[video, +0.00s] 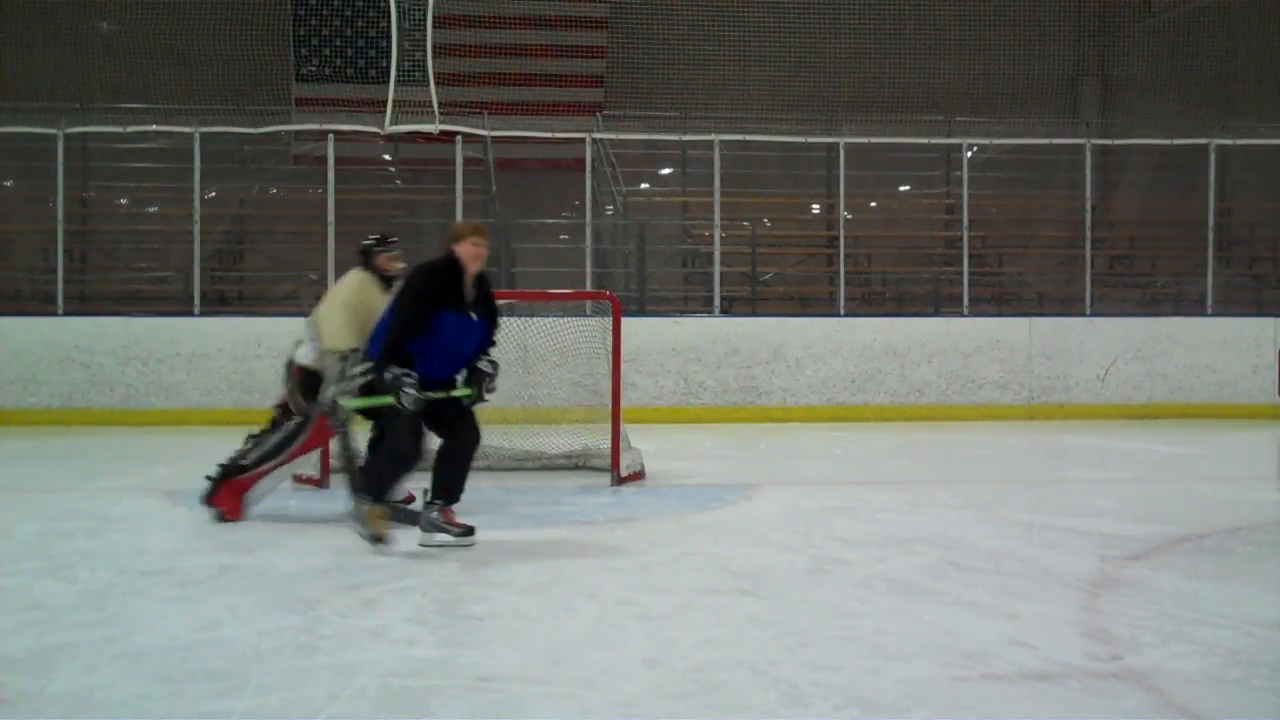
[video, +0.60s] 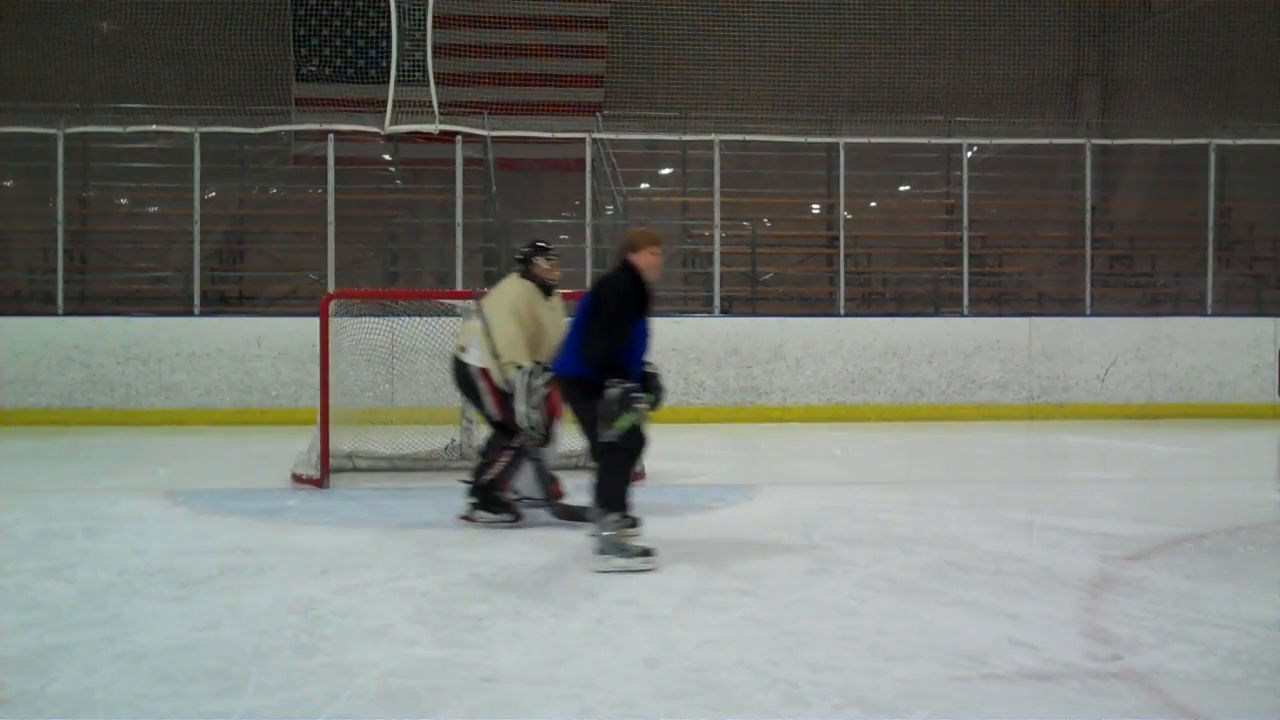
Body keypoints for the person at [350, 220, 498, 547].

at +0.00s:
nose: (480, 252)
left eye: (484, 246)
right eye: (473, 245)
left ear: (487, 252)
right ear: (455, 246)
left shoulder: (482, 288)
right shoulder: (428, 277)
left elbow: (485, 336)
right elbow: (399, 326)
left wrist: (481, 367)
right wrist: (399, 375)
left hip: (438, 380)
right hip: (395, 376)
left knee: (465, 434)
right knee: (405, 444)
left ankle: (439, 508)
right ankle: (367, 498)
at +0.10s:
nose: (507, 260)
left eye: (510, 254)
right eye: (500, 253)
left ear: (513, 258)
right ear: (480, 254)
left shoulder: (503, 293)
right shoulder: (453, 284)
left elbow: (503, 341)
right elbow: (420, 335)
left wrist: (497, 372)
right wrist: (422, 383)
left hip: (468, 383)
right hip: (432, 382)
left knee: (487, 436)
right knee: (443, 440)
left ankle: (455, 507)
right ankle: (417, 516)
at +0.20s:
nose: (536, 269)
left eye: (539, 262)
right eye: (532, 261)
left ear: (534, 263)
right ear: (511, 257)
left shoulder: (525, 296)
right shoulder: (478, 289)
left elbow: (526, 344)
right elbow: (448, 341)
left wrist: (521, 376)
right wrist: (448, 388)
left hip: (494, 388)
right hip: (459, 387)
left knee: (513, 438)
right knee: (470, 444)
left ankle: (480, 507)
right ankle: (441, 520)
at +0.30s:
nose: (563, 270)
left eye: (566, 263)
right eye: (559, 262)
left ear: (563, 264)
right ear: (538, 257)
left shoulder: (548, 296)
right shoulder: (507, 289)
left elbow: (549, 344)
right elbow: (482, 345)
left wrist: (552, 372)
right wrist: (489, 391)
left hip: (516, 388)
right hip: (481, 387)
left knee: (541, 439)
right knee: (506, 443)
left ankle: (506, 507)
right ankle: (470, 522)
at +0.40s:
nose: (594, 267)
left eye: (597, 261)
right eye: (590, 259)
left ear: (588, 260)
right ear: (569, 255)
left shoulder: (574, 293)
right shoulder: (540, 290)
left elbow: (569, 343)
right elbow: (519, 346)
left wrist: (581, 369)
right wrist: (532, 390)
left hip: (544, 385)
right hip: (513, 386)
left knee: (572, 442)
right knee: (543, 446)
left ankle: (535, 511)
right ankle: (515, 529)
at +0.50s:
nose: (625, 263)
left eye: (628, 256)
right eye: (620, 255)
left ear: (620, 258)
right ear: (601, 254)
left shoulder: (604, 289)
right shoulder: (579, 286)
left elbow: (602, 340)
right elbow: (563, 342)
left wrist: (614, 370)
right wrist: (577, 386)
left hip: (575, 379)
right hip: (548, 377)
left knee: (600, 439)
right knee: (579, 441)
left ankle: (570, 511)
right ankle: (564, 525)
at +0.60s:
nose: (657, 261)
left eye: (658, 254)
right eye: (651, 254)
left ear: (650, 258)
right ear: (631, 255)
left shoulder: (634, 289)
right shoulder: (617, 287)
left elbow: (626, 346)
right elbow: (603, 342)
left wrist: (643, 375)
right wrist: (617, 383)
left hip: (599, 375)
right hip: (581, 374)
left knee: (621, 440)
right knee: (620, 441)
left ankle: (609, 509)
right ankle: (611, 519)